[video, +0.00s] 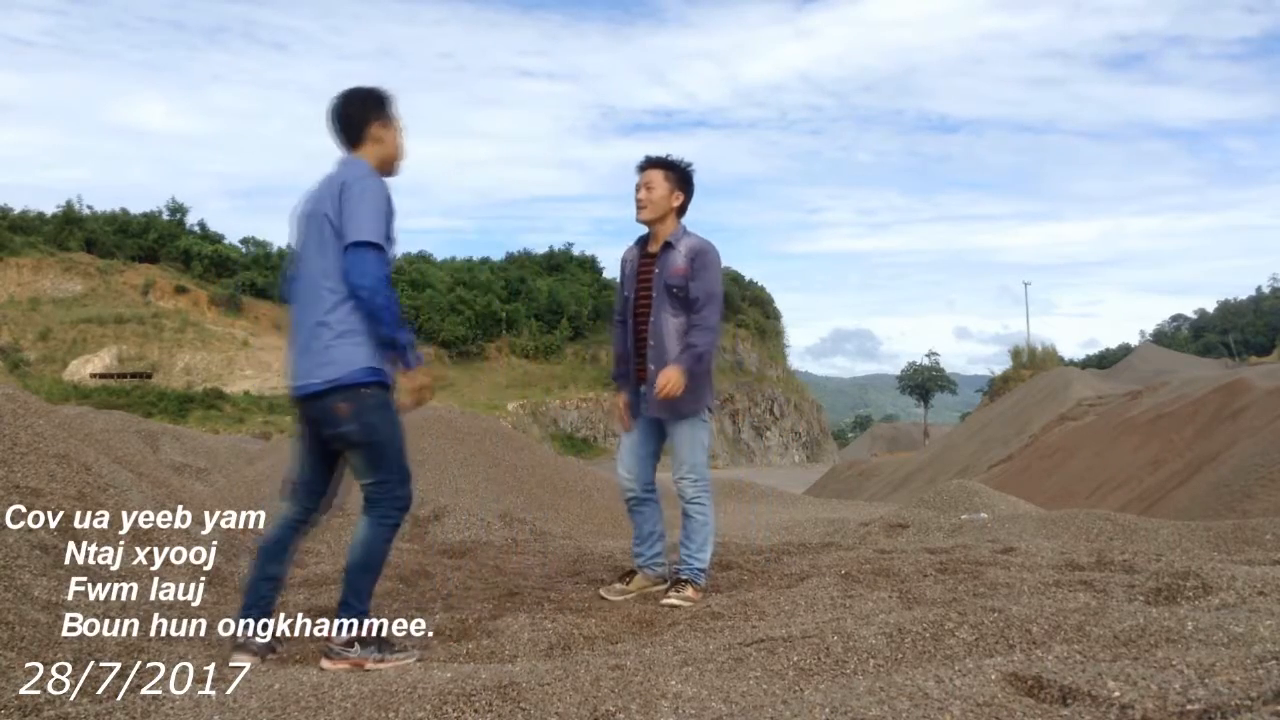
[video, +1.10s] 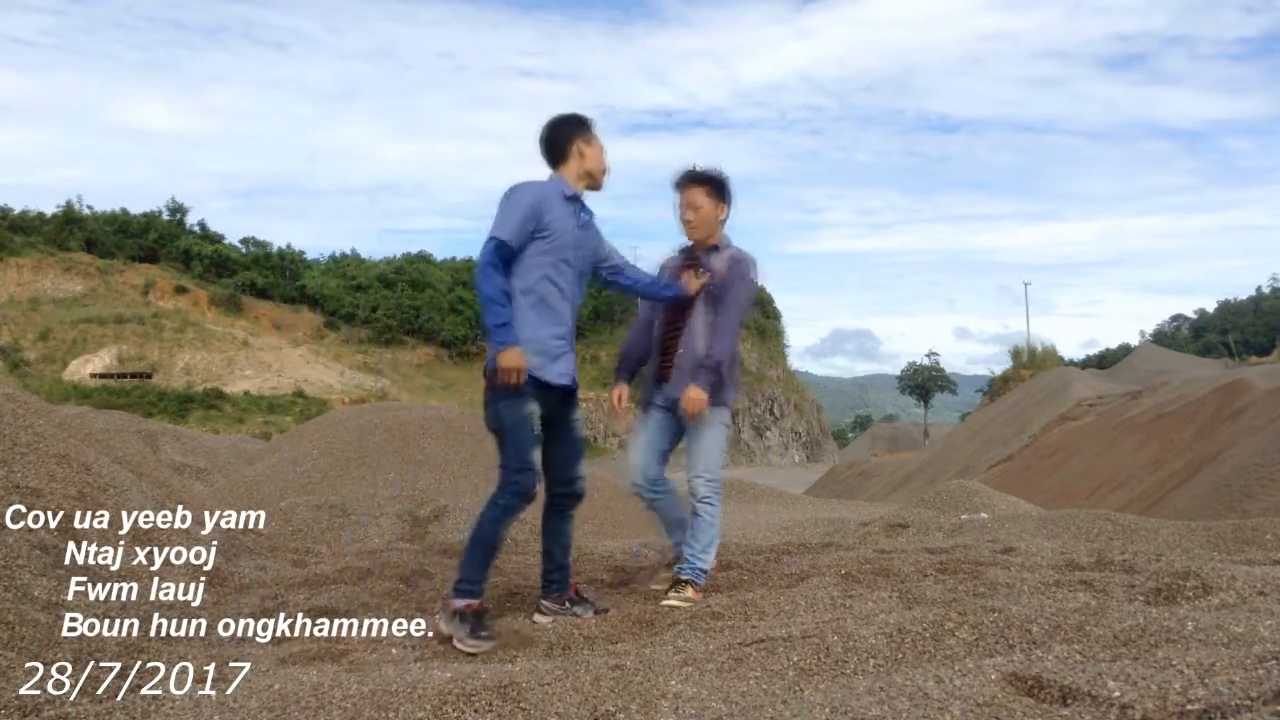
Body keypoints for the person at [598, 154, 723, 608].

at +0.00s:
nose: (639, 195)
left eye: (649, 188)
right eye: (638, 188)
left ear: (677, 198)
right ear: (641, 197)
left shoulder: (699, 252)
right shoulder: (631, 257)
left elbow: (707, 323)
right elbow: (623, 325)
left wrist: (683, 366)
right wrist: (623, 385)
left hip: (685, 390)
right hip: (642, 391)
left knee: (690, 484)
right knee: (634, 482)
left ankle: (691, 577)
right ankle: (651, 570)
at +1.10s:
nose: (686, 216)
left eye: (695, 208)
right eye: (682, 209)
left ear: (721, 210)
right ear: (679, 212)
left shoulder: (738, 265)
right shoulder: (672, 266)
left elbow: (727, 329)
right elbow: (646, 322)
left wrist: (704, 382)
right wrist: (623, 374)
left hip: (709, 395)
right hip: (662, 392)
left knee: (703, 484)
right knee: (643, 474)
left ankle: (692, 574)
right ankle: (690, 546)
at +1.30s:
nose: (722, 238)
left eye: (732, 231)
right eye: (719, 230)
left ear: (755, 240)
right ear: (714, 236)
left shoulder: (769, 296)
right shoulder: (695, 288)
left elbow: (774, 344)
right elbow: (659, 330)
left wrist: (745, 335)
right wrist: (628, 362)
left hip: (741, 403)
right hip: (697, 403)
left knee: (718, 474)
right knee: (693, 493)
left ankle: (702, 571)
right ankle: (739, 565)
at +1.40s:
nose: (729, 244)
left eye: (739, 237)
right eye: (726, 237)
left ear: (761, 247)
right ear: (720, 243)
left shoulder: (782, 300)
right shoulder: (705, 299)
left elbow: (801, 354)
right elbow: (675, 341)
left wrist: (775, 342)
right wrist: (645, 369)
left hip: (756, 404)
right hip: (712, 406)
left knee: (736, 466)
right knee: (697, 487)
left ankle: (740, 558)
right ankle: (724, 555)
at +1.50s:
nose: (742, 240)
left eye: (751, 233)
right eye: (738, 234)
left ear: (773, 239)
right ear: (734, 239)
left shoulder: (796, 291)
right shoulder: (719, 295)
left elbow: (820, 342)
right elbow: (700, 347)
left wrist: (808, 373)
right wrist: (681, 376)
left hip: (776, 400)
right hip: (728, 402)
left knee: (766, 461)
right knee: (719, 483)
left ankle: (781, 540)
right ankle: (736, 567)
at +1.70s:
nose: (762, 256)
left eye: (771, 248)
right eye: (758, 249)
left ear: (793, 253)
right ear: (754, 253)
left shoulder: (816, 301)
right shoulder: (748, 300)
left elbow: (836, 360)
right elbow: (740, 356)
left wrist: (852, 414)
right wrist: (730, 403)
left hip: (812, 408)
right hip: (768, 407)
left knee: (806, 477)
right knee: (742, 467)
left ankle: (812, 552)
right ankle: (772, 544)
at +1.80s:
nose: (771, 246)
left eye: (779, 239)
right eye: (766, 240)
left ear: (800, 242)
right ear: (762, 243)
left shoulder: (824, 287)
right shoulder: (757, 294)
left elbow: (844, 345)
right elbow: (753, 349)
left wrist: (855, 397)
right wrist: (749, 395)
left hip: (821, 399)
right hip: (778, 402)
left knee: (808, 469)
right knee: (766, 474)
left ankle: (814, 547)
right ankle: (800, 529)